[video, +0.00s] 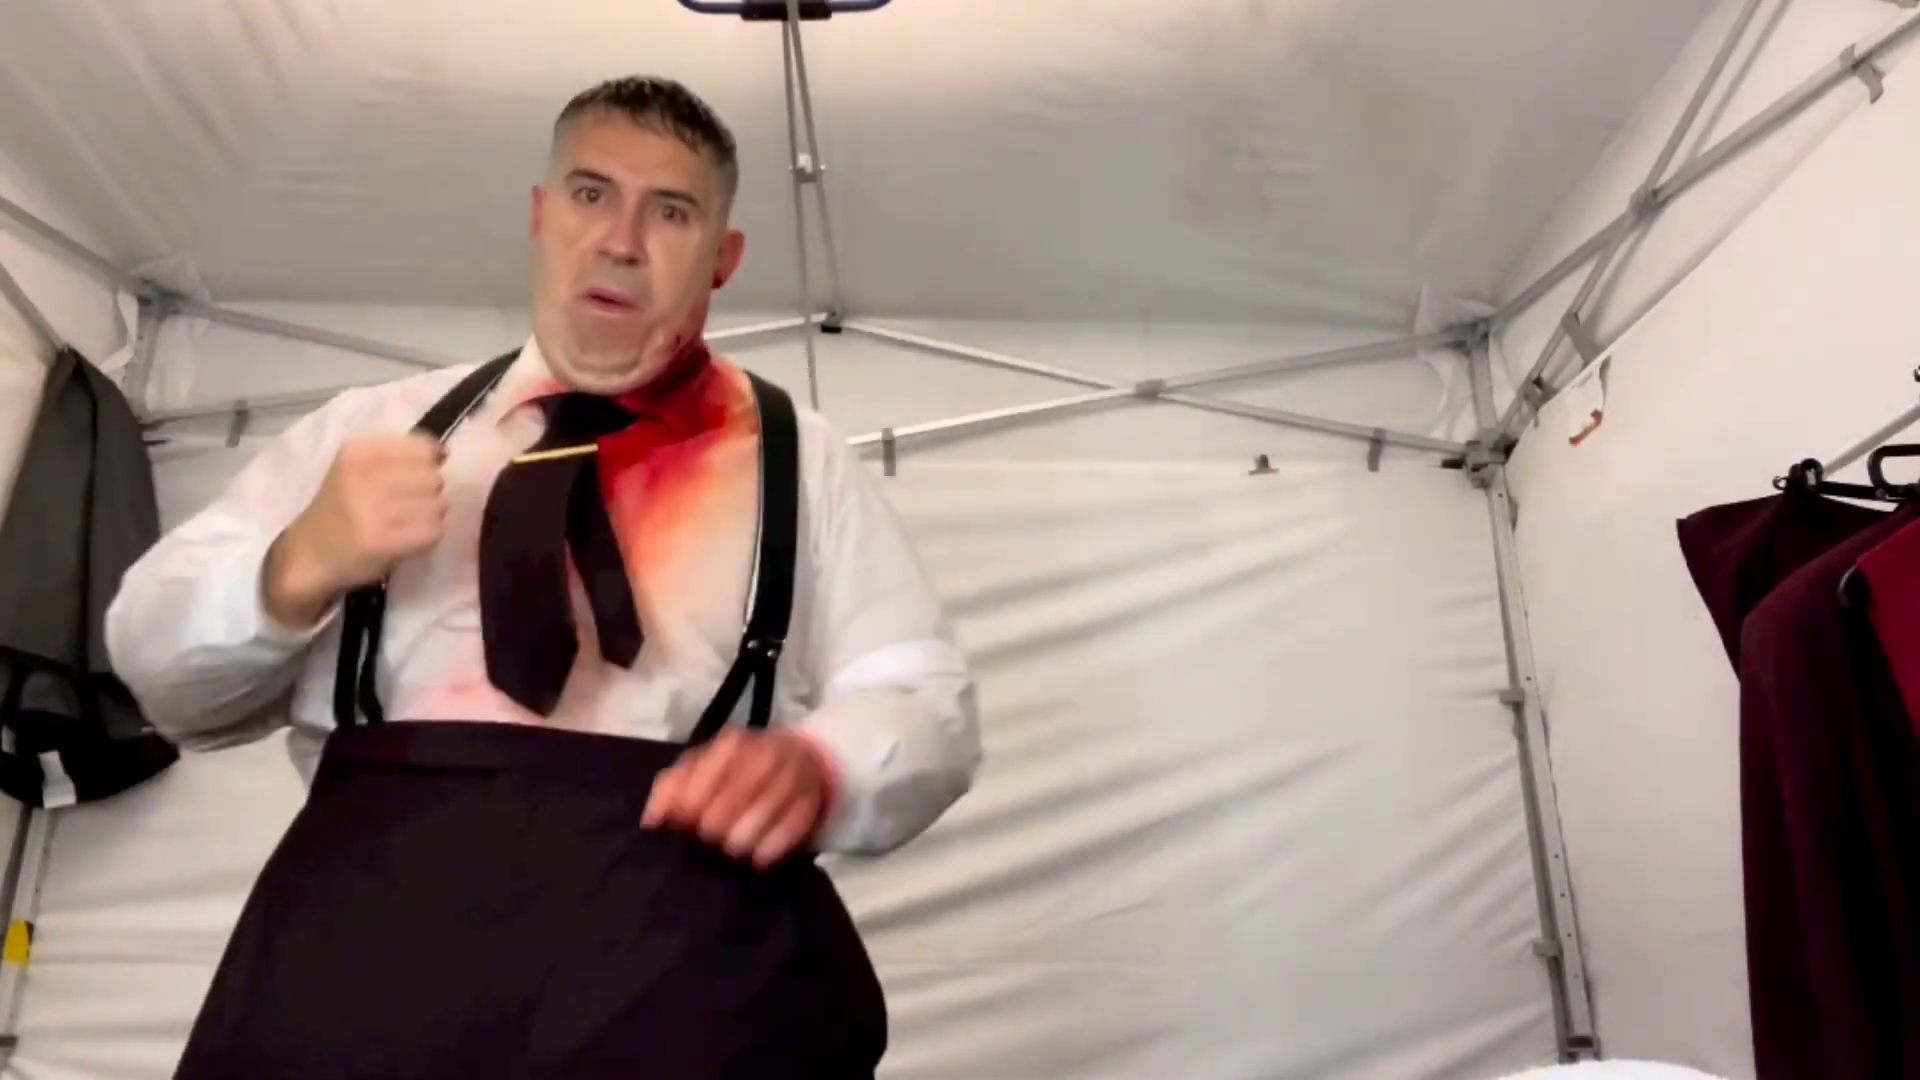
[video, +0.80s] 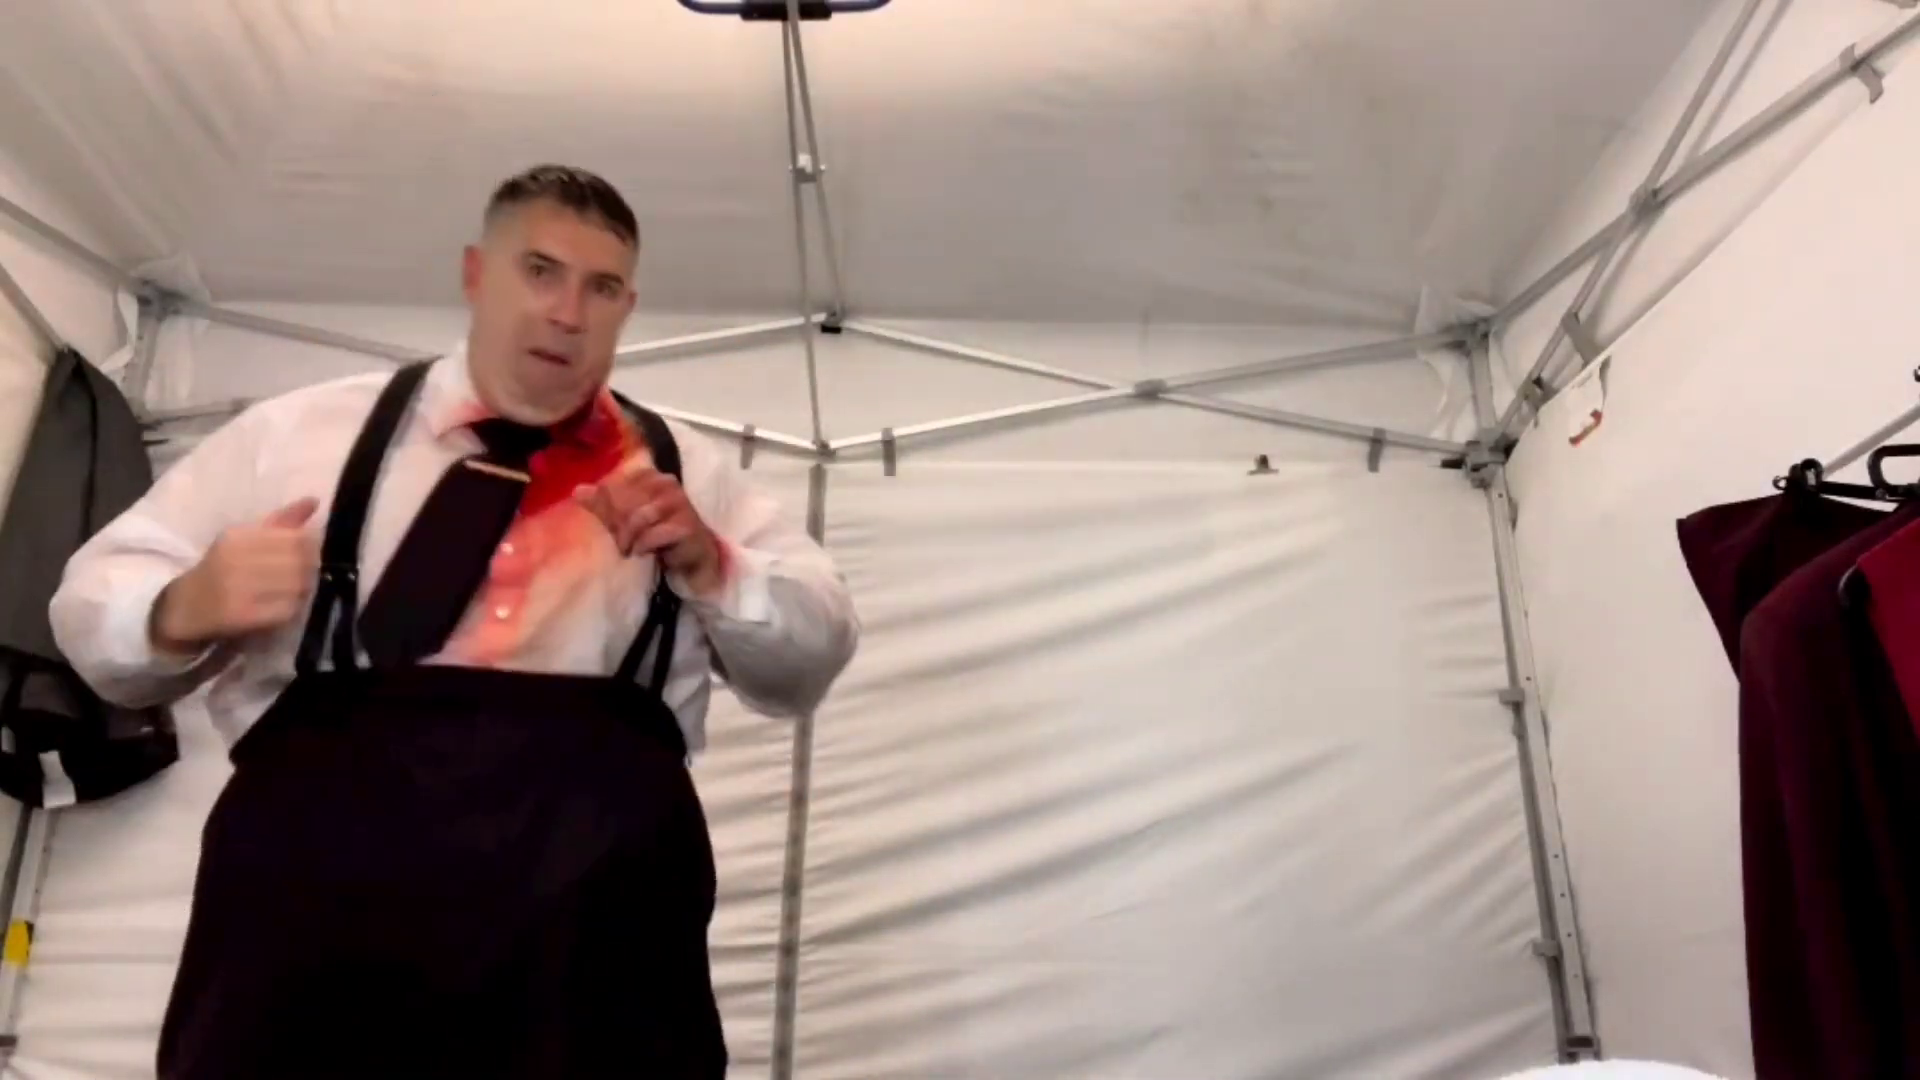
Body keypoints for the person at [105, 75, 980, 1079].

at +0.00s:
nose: (620, 239)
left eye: (669, 211)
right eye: (590, 194)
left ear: (721, 261)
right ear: (537, 216)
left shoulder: (797, 463)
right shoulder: (385, 426)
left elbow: (921, 700)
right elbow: (158, 662)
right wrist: (300, 566)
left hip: (676, 859)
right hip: (390, 851)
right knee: (325, 1043)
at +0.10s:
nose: (564, 291)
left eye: (607, 262)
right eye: (530, 250)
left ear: (658, 308)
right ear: (474, 277)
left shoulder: (747, 498)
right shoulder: (331, 484)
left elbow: (879, 712)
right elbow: (82, 700)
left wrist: (803, 857)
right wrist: (271, 592)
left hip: (656, 907)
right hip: (361, 892)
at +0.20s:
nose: (459, 260)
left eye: (500, 228)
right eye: (422, 227)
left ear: (561, 272)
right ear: (380, 268)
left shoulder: (684, 459)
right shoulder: (273, 470)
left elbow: (832, 633)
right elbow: (86, 663)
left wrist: (815, 742)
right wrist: (310, 488)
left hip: (610, 880)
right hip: (328, 881)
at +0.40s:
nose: (353, 254)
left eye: (389, 218)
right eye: (317, 227)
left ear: (461, 252)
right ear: (289, 270)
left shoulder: (606, 403)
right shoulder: (216, 451)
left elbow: (766, 561)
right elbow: (71, 620)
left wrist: (714, 701)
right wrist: (264, 537)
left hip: (566, 834)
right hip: (296, 850)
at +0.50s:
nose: (338, 330)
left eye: (375, 294)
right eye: (304, 300)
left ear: (442, 326)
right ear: (270, 336)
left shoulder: (579, 485)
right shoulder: (203, 527)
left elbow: (730, 645)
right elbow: (40, 705)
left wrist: (707, 767)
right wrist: (218, 646)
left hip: (525, 856)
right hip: (279, 856)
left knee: (540, 817)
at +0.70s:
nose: (485, 267)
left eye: (519, 240)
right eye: (453, 231)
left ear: (557, 271)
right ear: (392, 250)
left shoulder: (644, 435)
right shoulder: (251, 430)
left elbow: (782, 621)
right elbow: (83, 639)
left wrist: (692, 590)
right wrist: (222, 597)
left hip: (579, 817)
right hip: (319, 813)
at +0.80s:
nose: (568, 313)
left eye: (601, 289)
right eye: (543, 273)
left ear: (627, 315)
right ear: (472, 277)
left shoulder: (685, 476)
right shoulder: (309, 431)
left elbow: (815, 658)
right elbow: (89, 608)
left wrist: (709, 571)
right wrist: (185, 609)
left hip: (584, 810)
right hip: (331, 799)